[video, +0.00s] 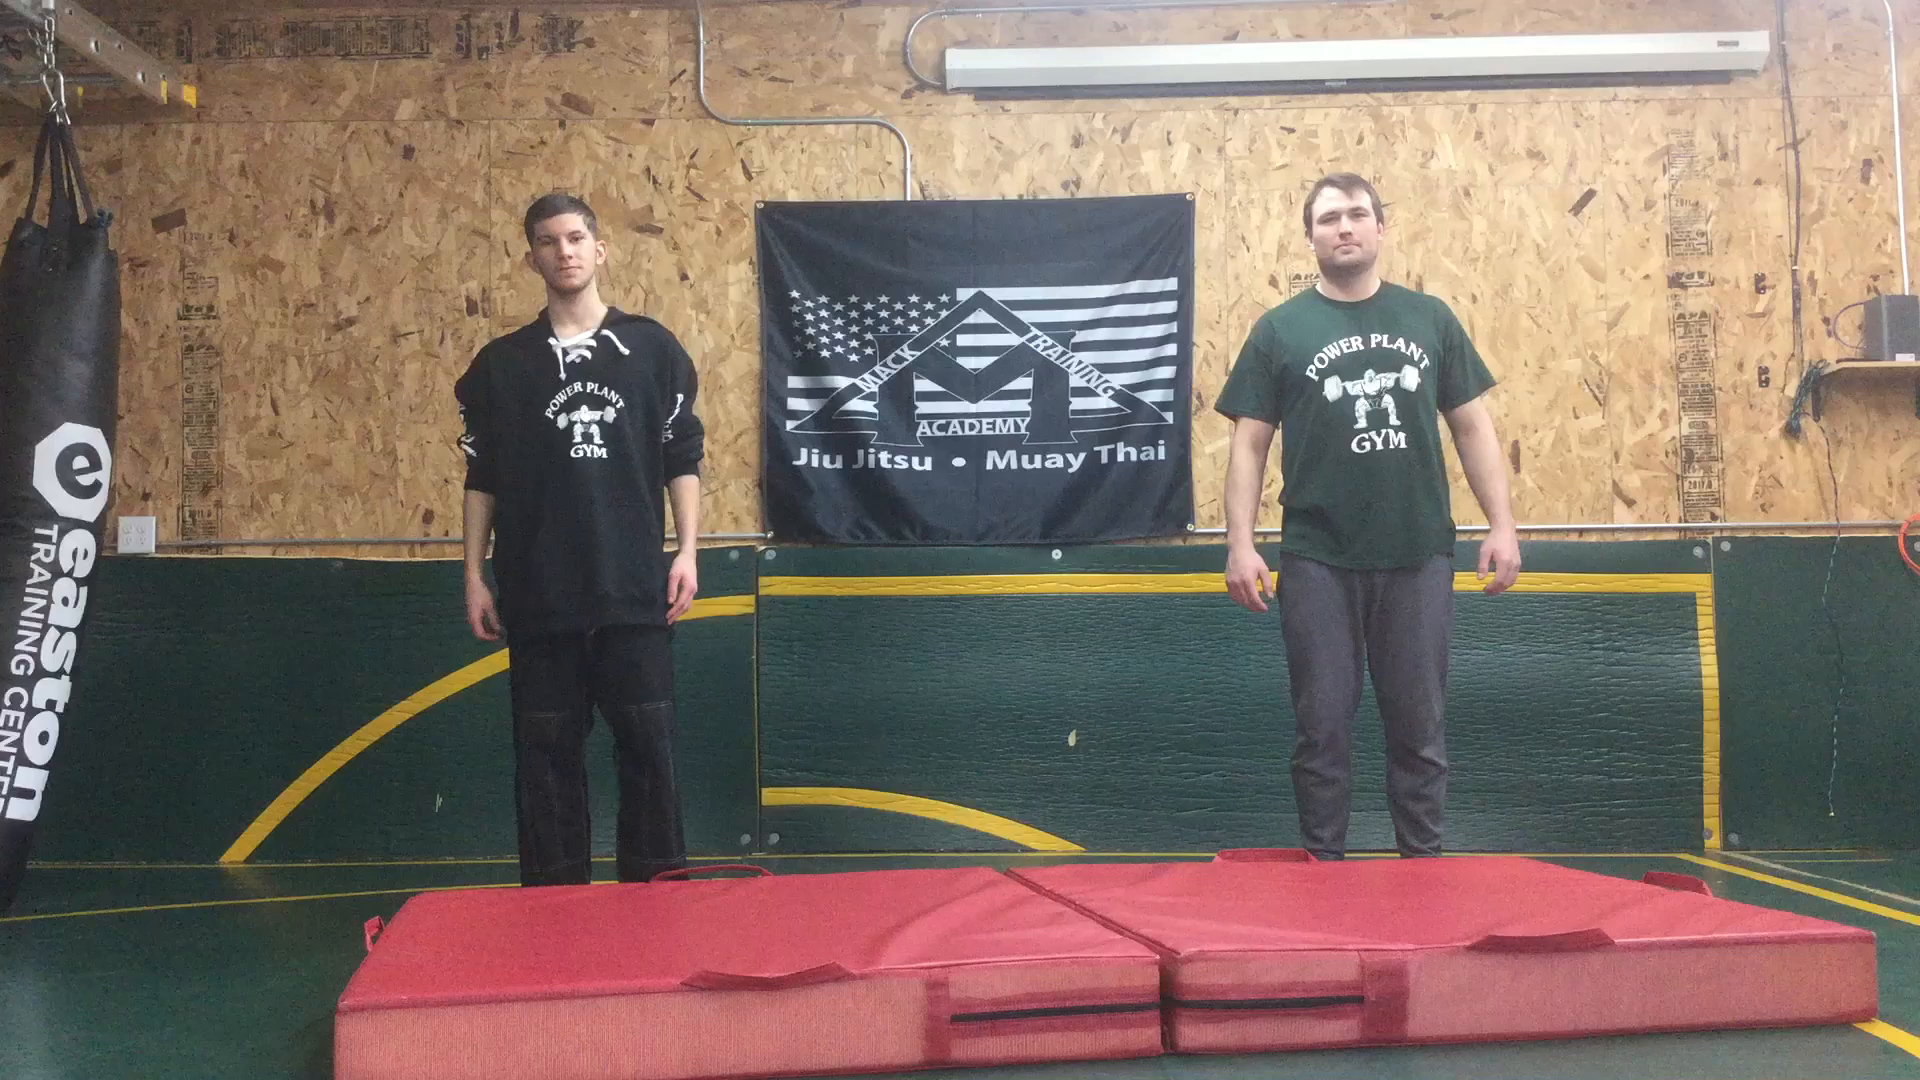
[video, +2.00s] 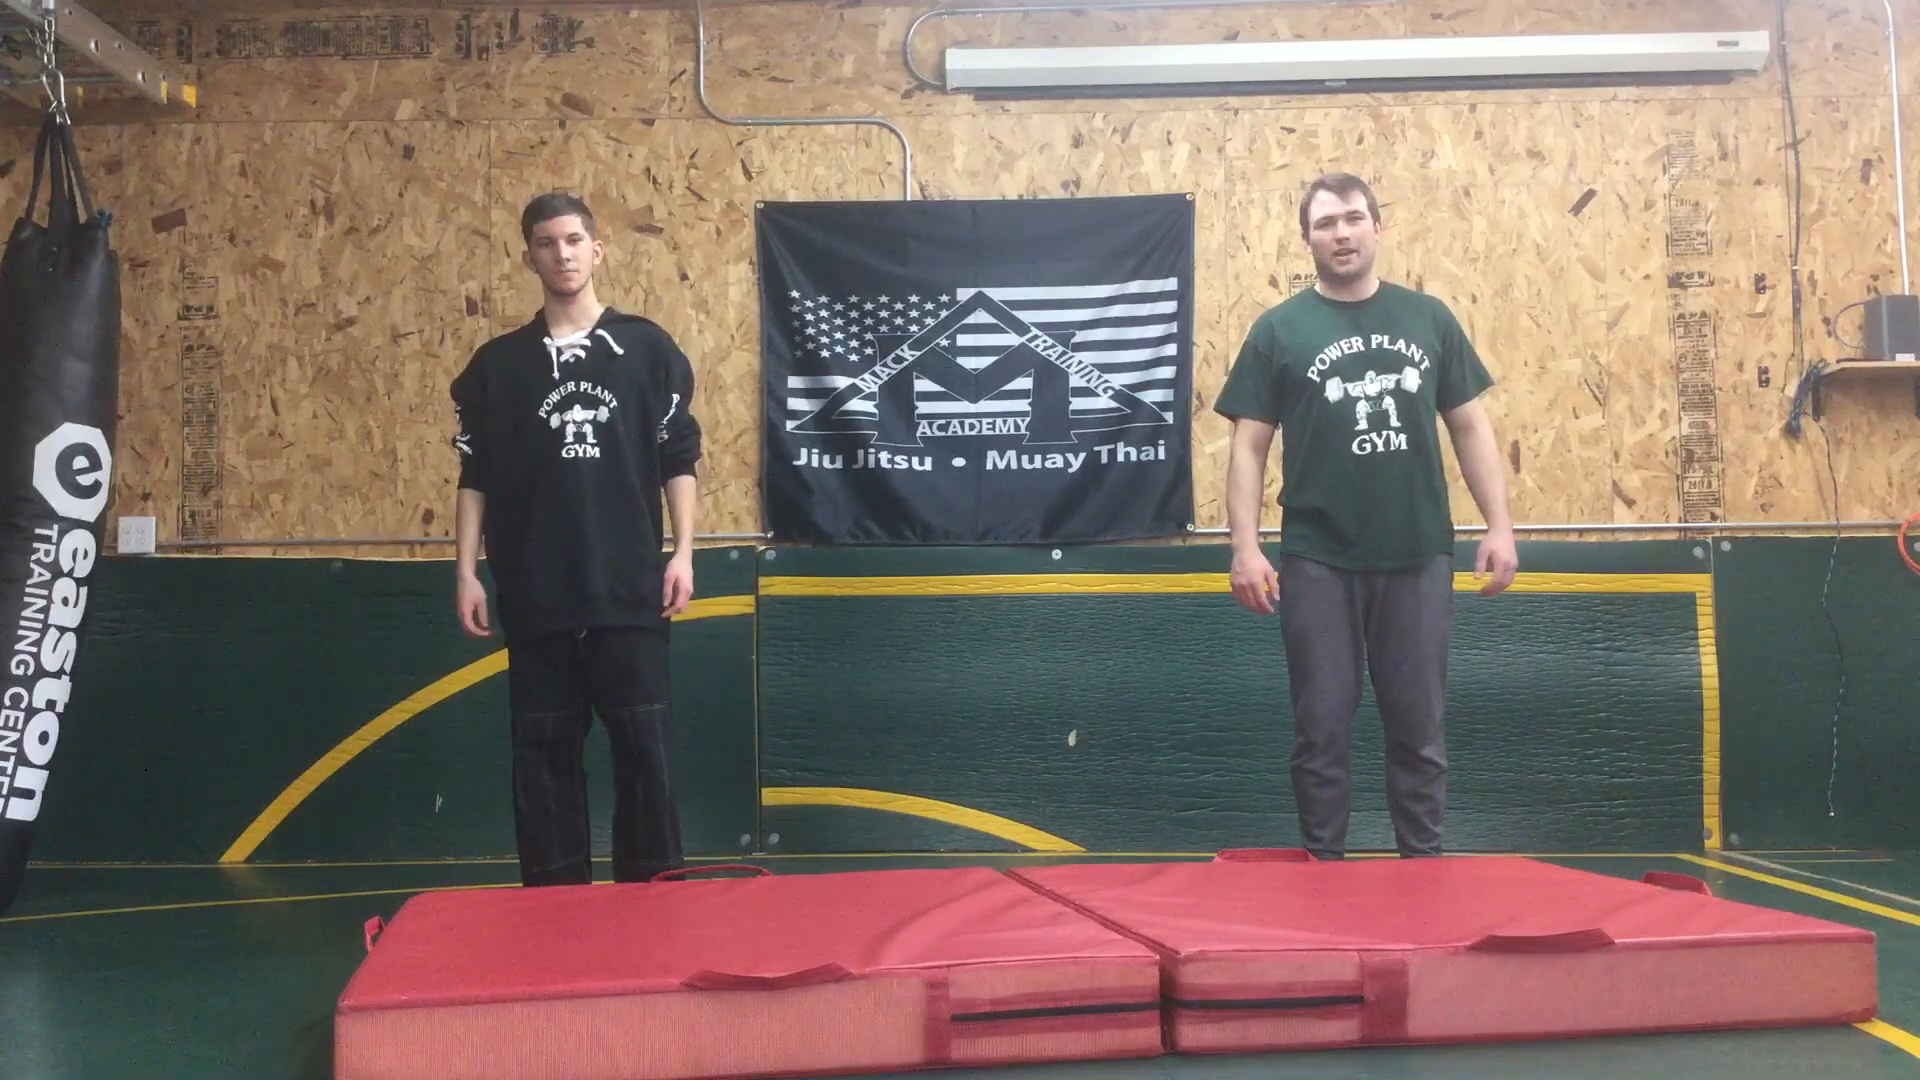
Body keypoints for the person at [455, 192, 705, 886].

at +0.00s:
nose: (564, 252)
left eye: (575, 238)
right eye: (549, 243)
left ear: (599, 249)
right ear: (533, 259)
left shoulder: (652, 347)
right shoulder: (498, 363)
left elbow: (683, 457)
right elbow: (481, 476)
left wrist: (688, 549)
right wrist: (475, 573)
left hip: (633, 583)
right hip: (537, 587)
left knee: (649, 753)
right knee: (547, 761)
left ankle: (655, 905)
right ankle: (554, 910)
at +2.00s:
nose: (563, 254)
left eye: (574, 240)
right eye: (547, 244)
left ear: (596, 249)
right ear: (530, 258)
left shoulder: (647, 347)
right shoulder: (494, 364)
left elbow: (679, 458)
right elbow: (474, 476)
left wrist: (683, 550)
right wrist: (467, 570)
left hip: (629, 583)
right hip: (533, 589)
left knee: (644, 754)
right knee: (544, 761)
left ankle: (653, 904)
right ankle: (554, 910)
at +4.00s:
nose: (557, 257)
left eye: (568, 242)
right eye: (542, 247)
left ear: (591, 250)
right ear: (525, 260)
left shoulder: (642, 347)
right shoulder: (489, 364)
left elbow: (674, 457)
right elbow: (471, 476)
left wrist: (678, 552)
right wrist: (460, 569)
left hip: (625, 582)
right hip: (530, 589)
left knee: (642, 750)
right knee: (542, 759)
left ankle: (652, 901)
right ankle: (553, 908)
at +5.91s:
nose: (562, 258)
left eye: (572, 243)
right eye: (546, 248)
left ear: (593, 250)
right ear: (528, 261)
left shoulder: (646, 348)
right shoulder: (492, 365)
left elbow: (675, 458)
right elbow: (474, 477)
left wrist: (682, 550)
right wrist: (466, 576)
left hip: (629, 585)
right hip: (532, 591)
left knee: (644, 754)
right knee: (544, 763)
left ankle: (653, 904)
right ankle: (554, 912)